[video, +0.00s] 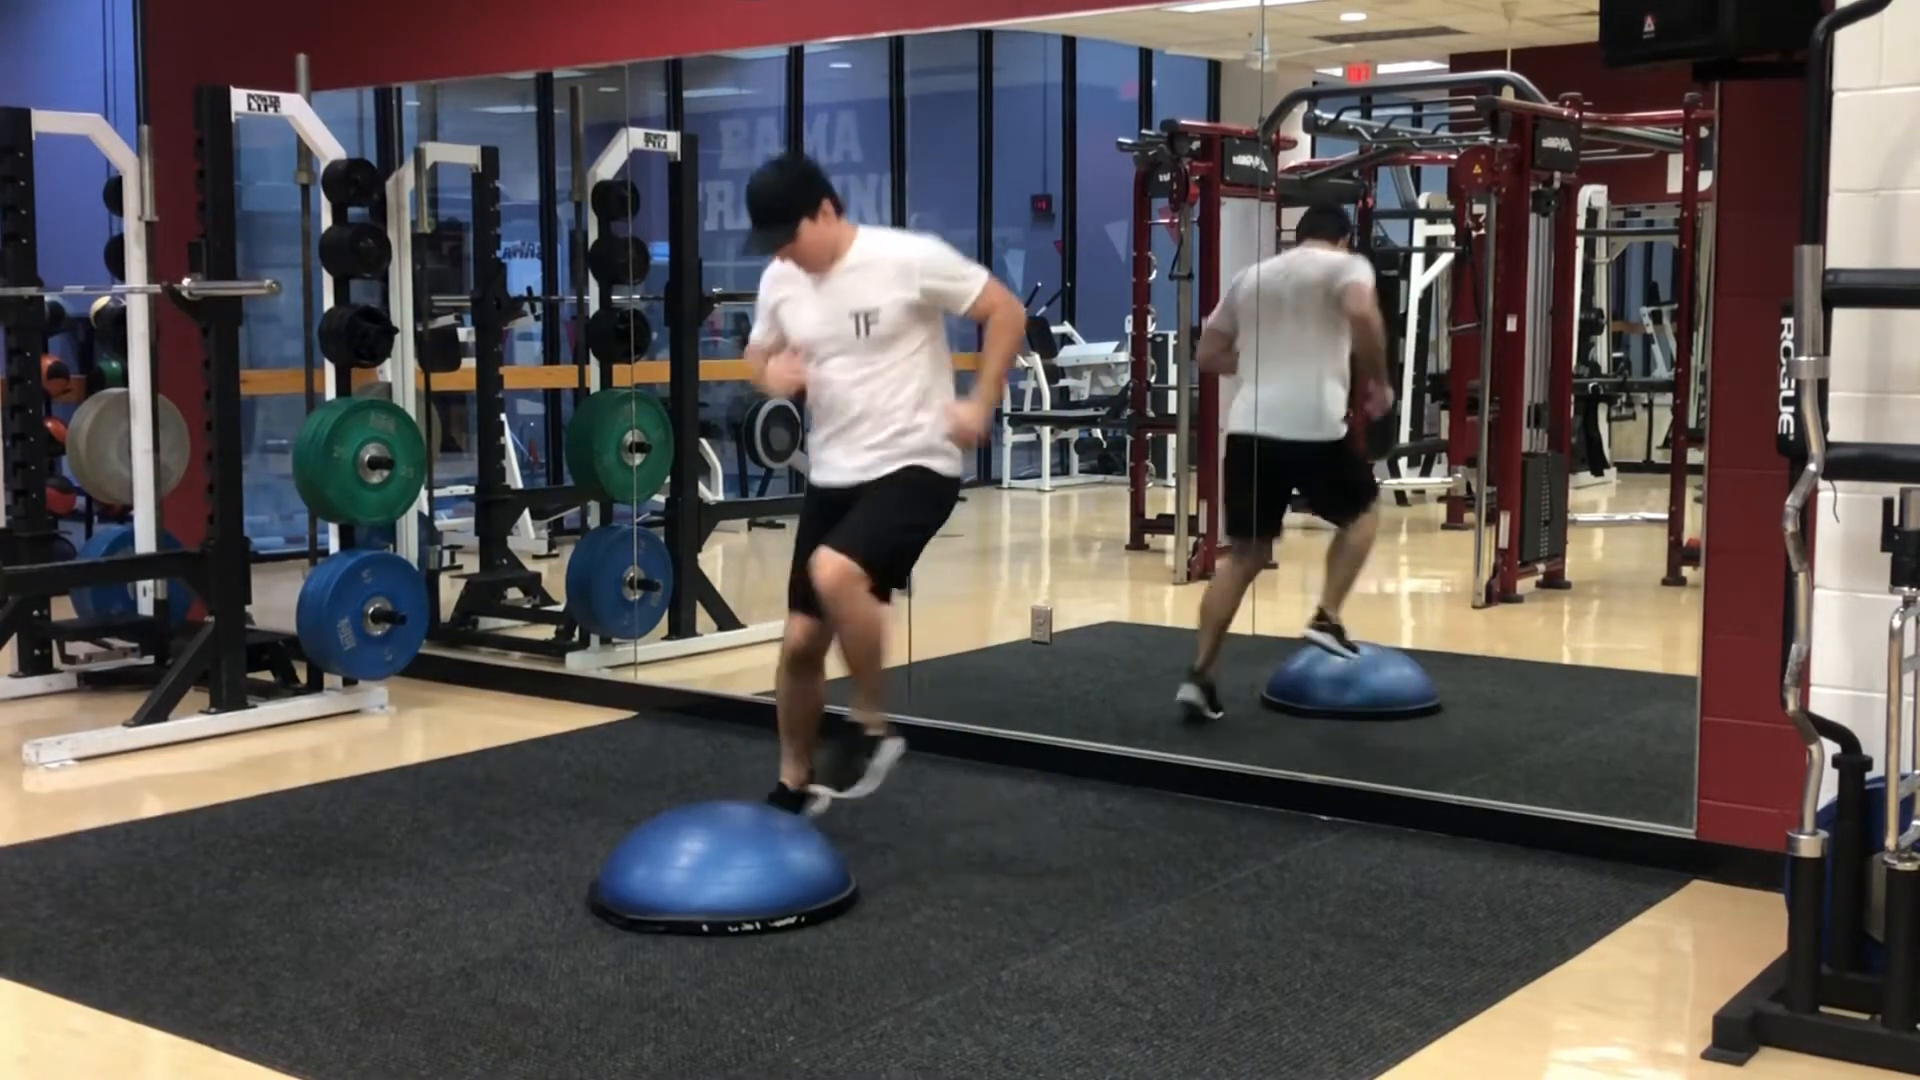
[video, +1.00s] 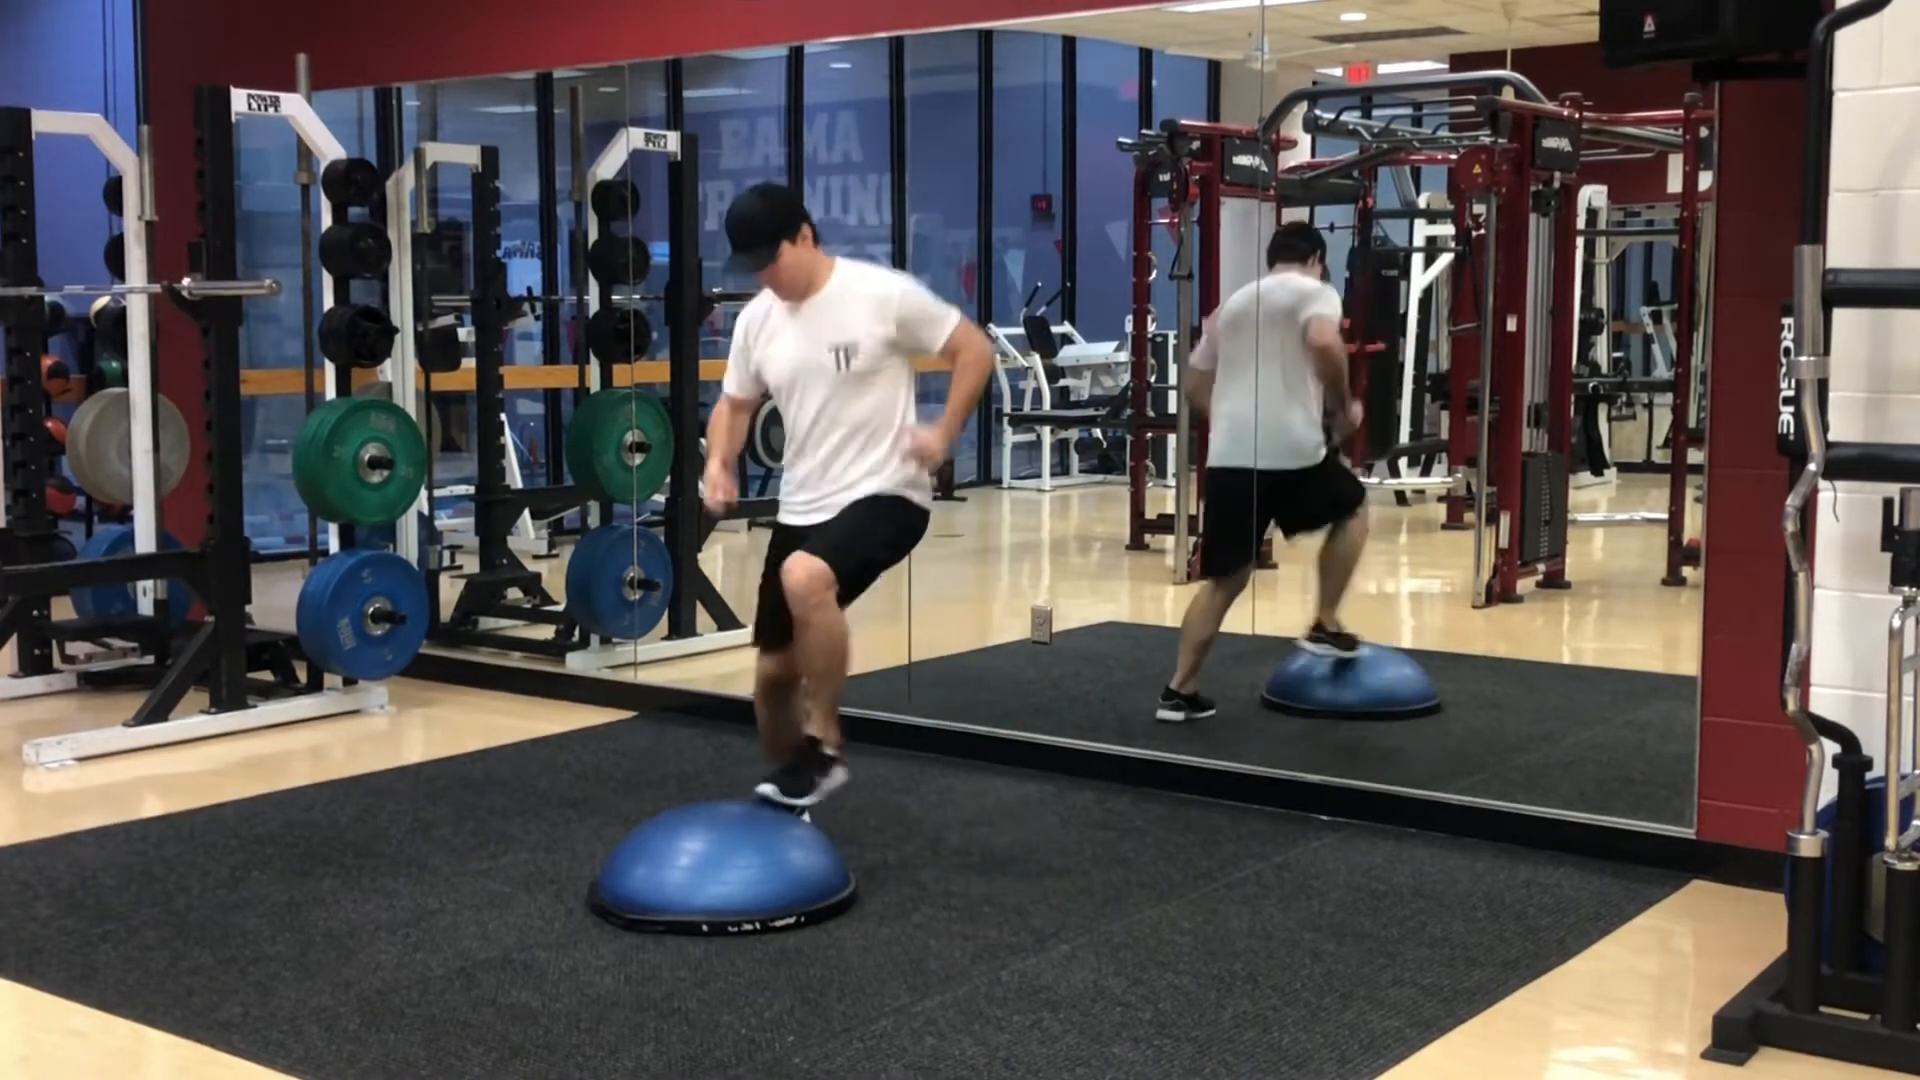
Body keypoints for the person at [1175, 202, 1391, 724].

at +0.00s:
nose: (1348, 248)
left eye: (1341, 241)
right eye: (1348, 242)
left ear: (1299, 236)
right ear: (1343, 239)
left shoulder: (1250, 276)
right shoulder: (1348, 265)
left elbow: (1209, 355)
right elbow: (1361, 314)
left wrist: (1264, 365)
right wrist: (1377, 379)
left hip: (1249, 428)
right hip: (1316, 427)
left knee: (1245, 552)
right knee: (1361, 513)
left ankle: (1200, 675)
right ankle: (1327, 617)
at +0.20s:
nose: (1334, 261)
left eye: (1331, 256)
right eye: (1335, 254)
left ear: (1283, 247)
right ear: (1326, 248)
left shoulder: (1242, 291)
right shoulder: (1331, 274)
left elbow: (1203, 367)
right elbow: (1343, 314)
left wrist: (1256, 379)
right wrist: (1375, 372)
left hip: (1245, 447)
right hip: (1309, 443)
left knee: (1234, 571)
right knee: (1353, 524)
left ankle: (1194, 689)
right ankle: (1325, 635)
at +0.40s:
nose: (1358, 235)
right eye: (1358, 227)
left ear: (1306, 225)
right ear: (1353, 227)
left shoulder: (1262, 269)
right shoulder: (1371, 268)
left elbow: (1210, 337)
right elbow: (1402, 335)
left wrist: (1245, 381)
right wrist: (1384, 377)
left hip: (1271, 431)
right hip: (1338, 432)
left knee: (1285, 523)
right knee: (1361, 563)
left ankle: (1278, 633)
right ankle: (1384, 690)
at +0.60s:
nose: (1365, 269)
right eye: (1367, 262)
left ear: (1315, 256)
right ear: (1363, 261)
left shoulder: (1273, 296)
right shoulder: (1384, 302)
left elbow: (1219, 363)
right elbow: (1406, 390)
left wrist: (1241, 417)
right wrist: (1370, 381)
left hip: (1272, 461)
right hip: (1341, 463)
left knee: (1297, 530)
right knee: (1370, 591)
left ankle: (1304, 633)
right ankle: (1380, 715)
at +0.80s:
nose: (1344, 243)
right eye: (1344, 236)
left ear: (1295, 232)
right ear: (1341, 235)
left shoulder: (1248, 270)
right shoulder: (1349, 266)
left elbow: (1198, 344)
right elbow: (1360, 333)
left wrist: (1236, 384)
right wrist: (1356, 385)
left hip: (1241, 421)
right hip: (1308, 424)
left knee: (1246, 545)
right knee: (1358, 518)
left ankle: (1197, 659)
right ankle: (1341, 629)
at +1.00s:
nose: (1323, 272)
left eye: (1321, 267)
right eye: (1323, 266)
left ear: (1272, 259)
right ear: (1315, 262)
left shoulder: (1232, 304)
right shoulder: (1318, 292)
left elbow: (1194, 379)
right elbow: (1323, 342)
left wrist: (1233, 417)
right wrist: (1344, 402)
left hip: (1230, 455)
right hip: (1292, 449)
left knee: (1225, 576)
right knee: (1352, 512)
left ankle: (1180, 689)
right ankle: (1326, 622)